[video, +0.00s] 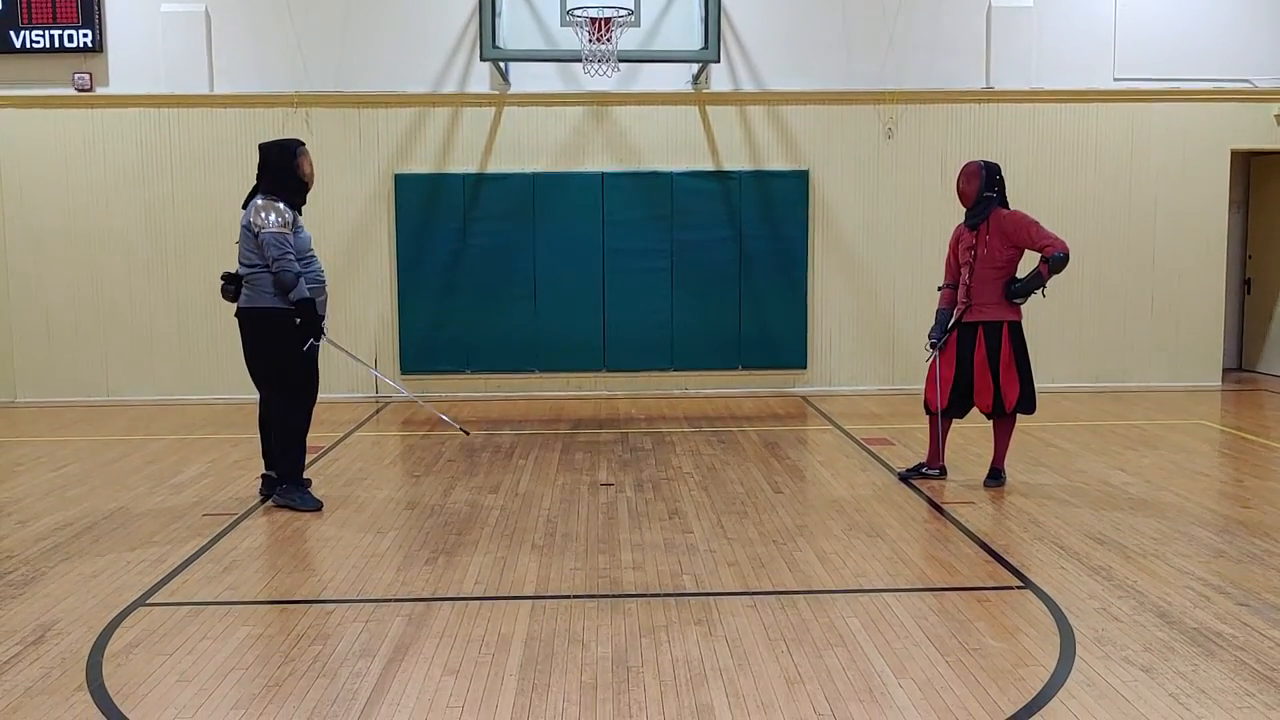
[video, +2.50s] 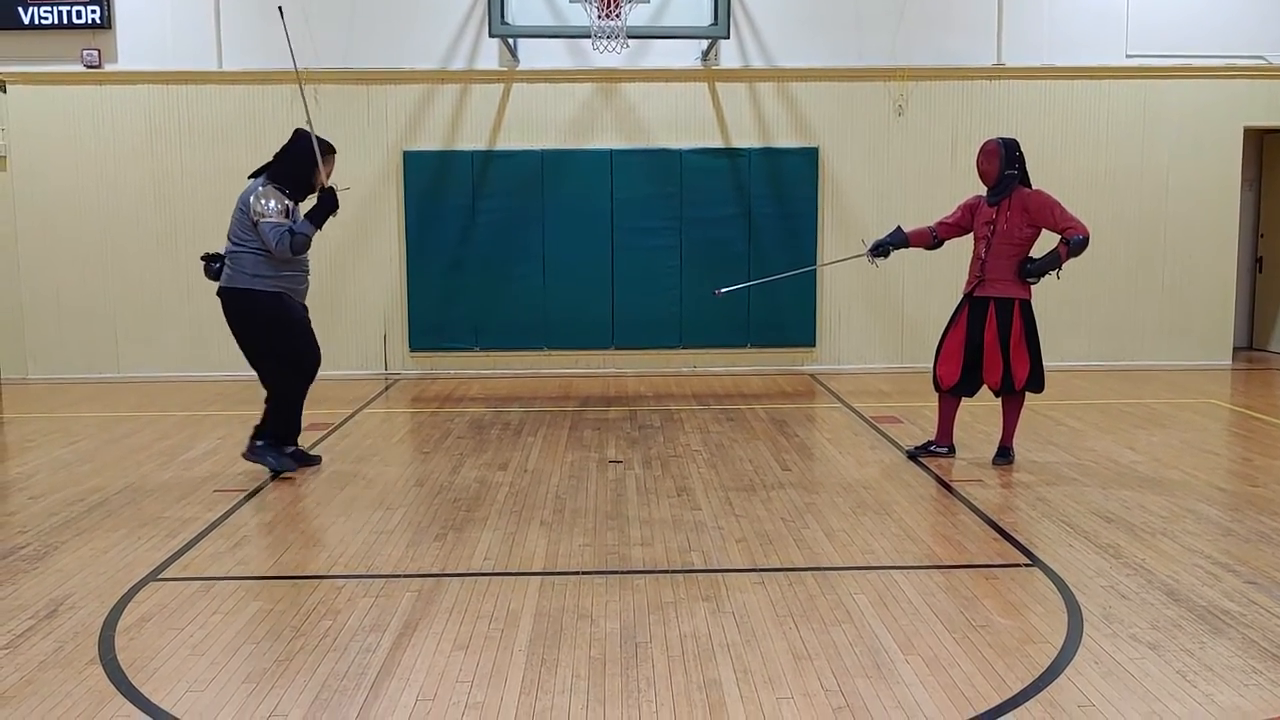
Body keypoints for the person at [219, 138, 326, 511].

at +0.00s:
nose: (312, 170)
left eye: (310, 163)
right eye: (307, 163)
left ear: (282, 167)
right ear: (287, 166)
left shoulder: (272, 205)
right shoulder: (270, 207)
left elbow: (267, 263)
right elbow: (283, 263)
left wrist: (244, 281)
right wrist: (306, 309)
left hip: (273, 313)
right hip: (274, 315)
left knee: (279, 394)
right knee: (294, 394)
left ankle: (277, 477)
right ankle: (285, 482)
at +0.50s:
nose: (318, 168)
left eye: (317, 160)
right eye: (313, 160)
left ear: (290, 162)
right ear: (294, 161)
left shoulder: (282, 202)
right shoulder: (268, 202)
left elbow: (292, 260)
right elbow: (279, 263)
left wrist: (318, 291)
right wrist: (318, 292)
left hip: (280, 309)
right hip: (271, 310)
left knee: (278, 391)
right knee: (293, 392)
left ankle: (276, 471)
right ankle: (292, 477)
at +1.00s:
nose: (324, 161)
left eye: (323, 153)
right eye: (320, 154)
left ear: (294, 157)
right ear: (301, 156)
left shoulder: (282, 194)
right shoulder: (281, 197)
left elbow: (286, 253)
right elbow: (317, 237)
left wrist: (256, 272)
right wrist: (365, 232)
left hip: (282, 301)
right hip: (287, 303)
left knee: (282, 379)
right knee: (309, 385)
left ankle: (276, 461)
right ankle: (334, 466)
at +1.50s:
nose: (341, 152)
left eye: (339, 144)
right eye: (335, 145)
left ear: (308, 151)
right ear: (317, 150)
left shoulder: (293, 188)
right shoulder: (303, 191)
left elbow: (288, 243)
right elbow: (337, 234)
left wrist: (269, 264)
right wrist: (364, 206)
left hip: (296, 292)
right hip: (311, 295)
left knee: (296, 372)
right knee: (330, 377)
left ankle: (279, 456)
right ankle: (336, 463)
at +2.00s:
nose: (353, 157)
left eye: (353, 149)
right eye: (348, 149)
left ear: (323, 151)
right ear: (330, 151)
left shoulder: (308, 186)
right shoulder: (304, 189)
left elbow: (292, 238)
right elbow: (332, 237)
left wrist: (270, 257)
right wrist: (365, 209)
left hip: (303, 292)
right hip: (309, 294)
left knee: (303, 370)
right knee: (332, 376)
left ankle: (284, 451)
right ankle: (341, 460)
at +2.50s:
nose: (328, 178)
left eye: (329, 170)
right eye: (326, 169)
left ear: (298, 165)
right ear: (306, 166)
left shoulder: (281, 196)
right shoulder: (265, 192)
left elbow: (264, 246)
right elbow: (284, 244)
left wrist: (228, 259)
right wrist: (319, 213)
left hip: (273, 293)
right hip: (252, 293)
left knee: (299, 362)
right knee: (299, 361)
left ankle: (282, 442)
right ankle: (267, 442)